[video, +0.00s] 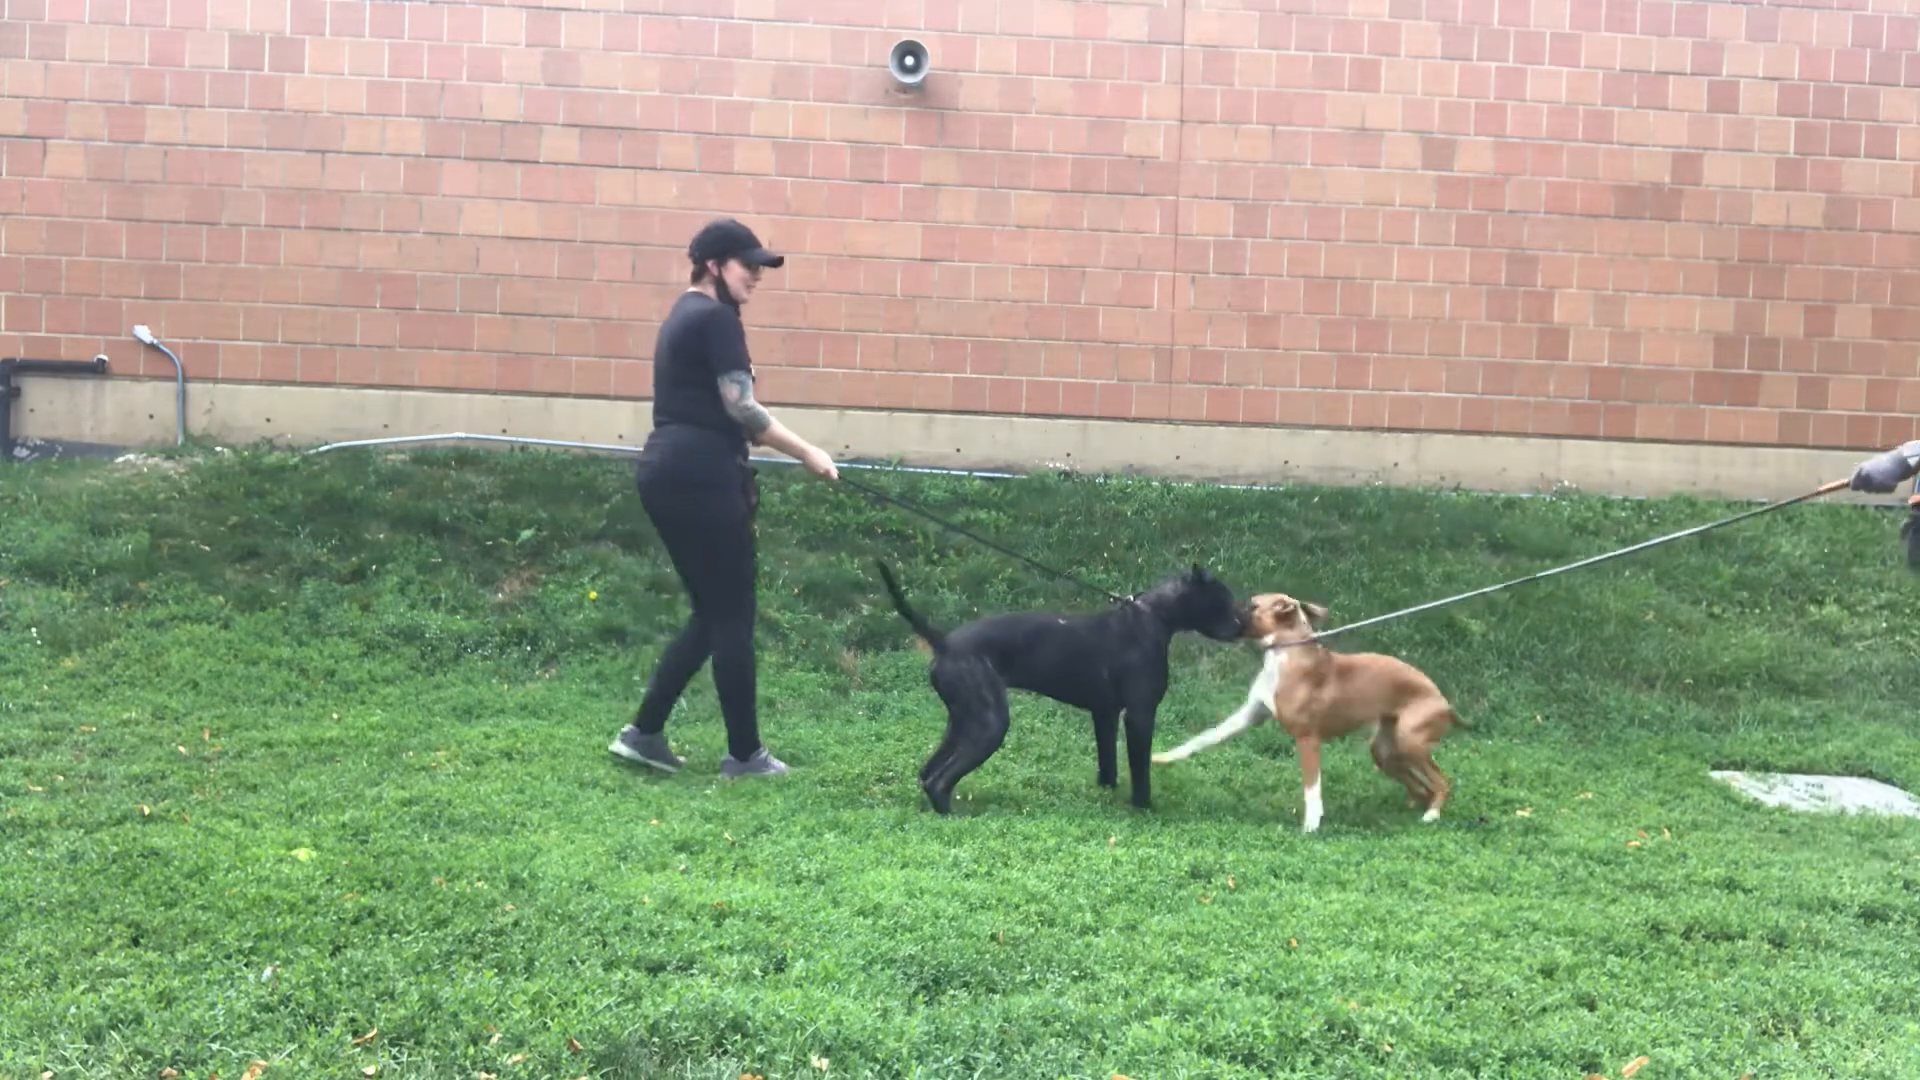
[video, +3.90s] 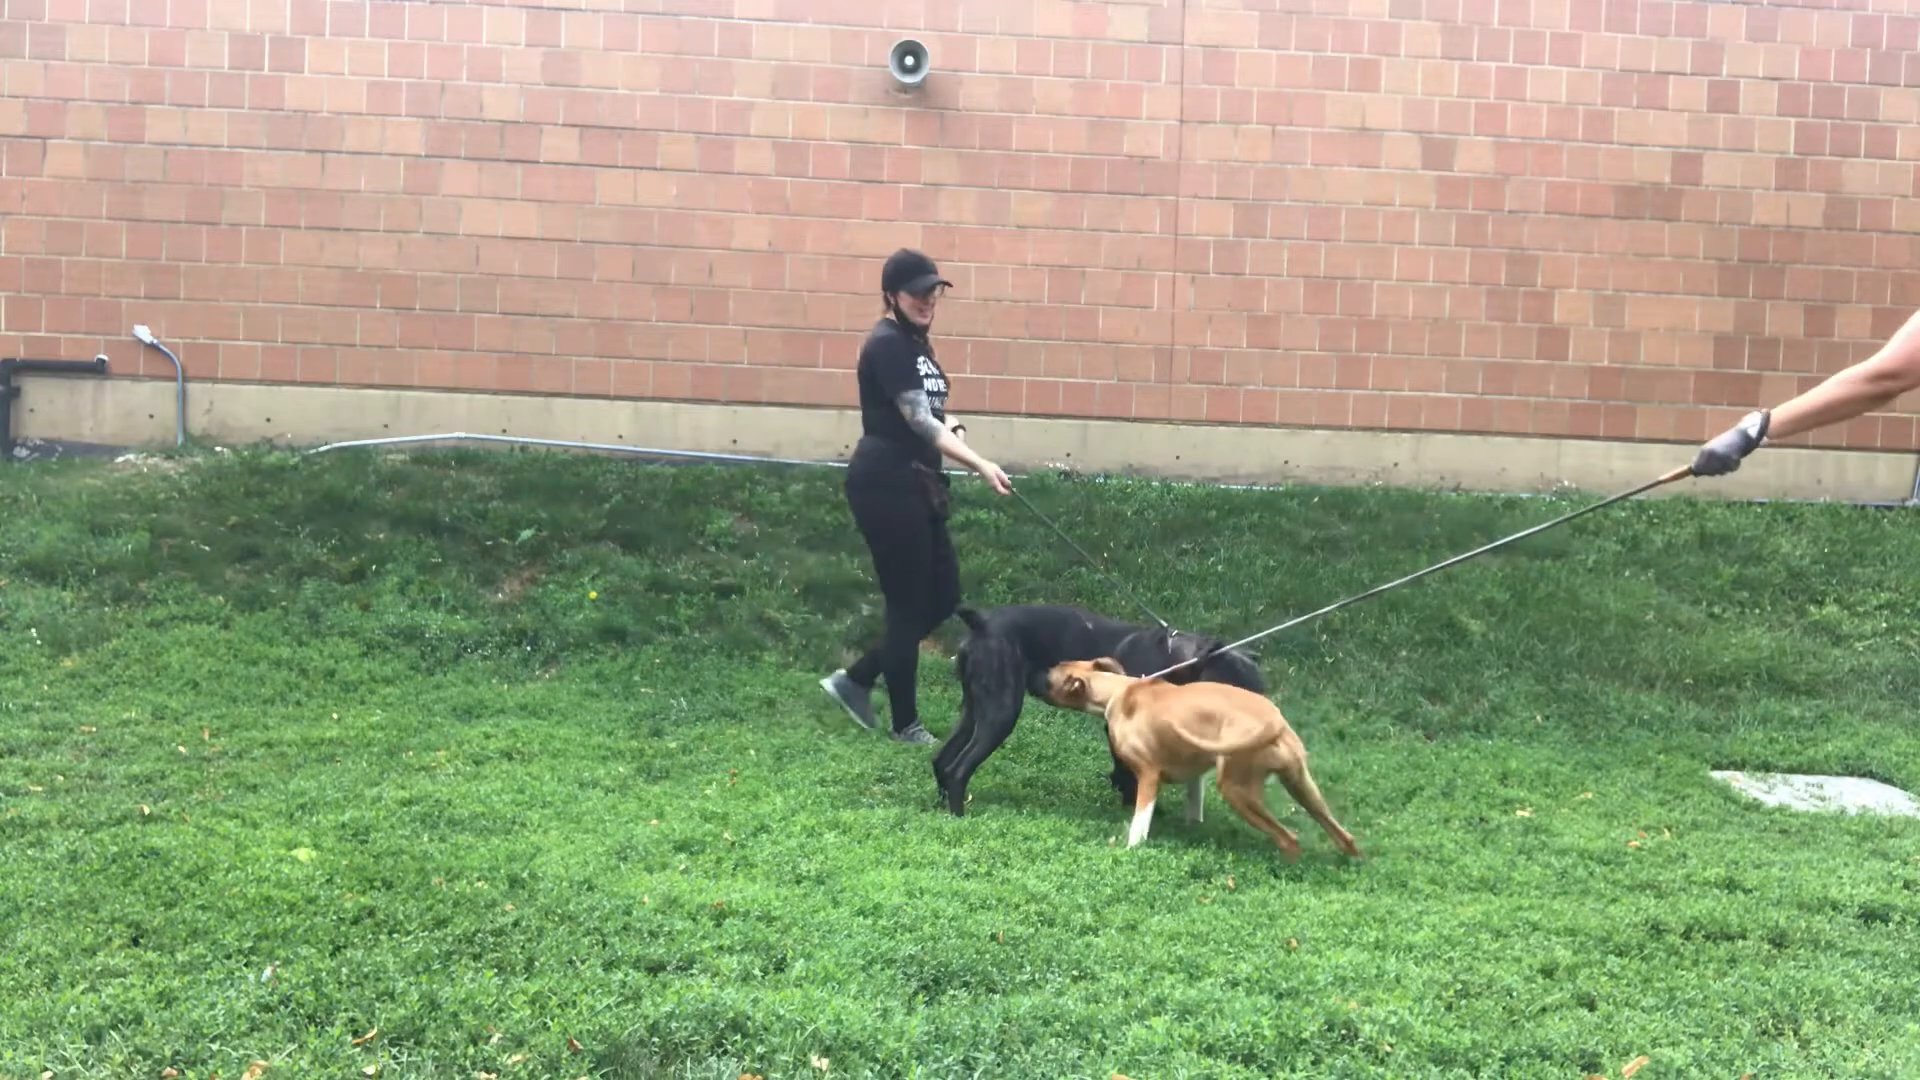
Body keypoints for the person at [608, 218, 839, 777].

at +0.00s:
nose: (756, 277)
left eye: (758, 267)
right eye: (748, 265)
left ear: (711, 269)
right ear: (714, 265)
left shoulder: (685, 312)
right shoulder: (716, 316)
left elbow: (690, 407)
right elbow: (740, 405)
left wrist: (737, 458)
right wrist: (807, 452)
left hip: (665, 466)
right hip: (702, 470)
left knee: (711, 611)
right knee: (733, 613)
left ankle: (644, 732)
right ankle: (746, 754)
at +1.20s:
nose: (753, 279)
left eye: (757, 270)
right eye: (744, 269)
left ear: (743, 274)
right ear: (711, 271)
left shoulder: (718, 319)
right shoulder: (709, 322)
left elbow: (749, 403)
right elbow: (759, 404)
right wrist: (827, 439)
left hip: (732, 472)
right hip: (716, 474)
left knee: (785, 591)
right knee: (722, 608)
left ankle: (710, 701)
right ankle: (726, 742)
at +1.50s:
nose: (777, 288)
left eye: (782, 280)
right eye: (769, 278)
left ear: (776, 281)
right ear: (737, 277)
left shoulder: (762, 333)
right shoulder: (726, 332)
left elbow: (778, 409)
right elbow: (766, 403)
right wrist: (842, 437)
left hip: (778, 473)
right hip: (737, 474)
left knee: (783, 605)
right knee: (738, 607)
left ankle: (795, 722)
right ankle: (728, 740)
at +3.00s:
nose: (833, 296)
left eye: (838, 287)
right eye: (823, 286)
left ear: (843, 291)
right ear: (796, 287)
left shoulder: (839, 349)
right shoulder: (777, 341)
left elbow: (844, 414)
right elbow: (806, 412)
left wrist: (869, 439)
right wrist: (873, 446)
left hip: (828, 483)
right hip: (779, 479)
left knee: (811, 598)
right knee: (804, 592)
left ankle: (798, 724)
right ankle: (743, 715)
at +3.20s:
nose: (844, 296)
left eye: (849, 287)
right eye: (834, 287)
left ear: (854, 288)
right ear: (808, 287)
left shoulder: (849, 347)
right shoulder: (792, 338)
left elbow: (851, 411)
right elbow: (816, 408)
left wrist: (878, 427)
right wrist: (883, 443)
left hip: (830, 479)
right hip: (792, 474)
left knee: (813, 597)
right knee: (853, 578)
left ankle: (799, 718)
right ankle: (824, 708)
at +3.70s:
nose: (900, 302)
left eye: (905, 294)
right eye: (890, 295)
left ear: (909, 295)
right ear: (865, 298)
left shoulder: (892, 346)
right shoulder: (859, 348)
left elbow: (909, 414)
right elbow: (875, 424)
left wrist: (935, 440)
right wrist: (946, 458)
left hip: (880, 480)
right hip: (867, 483)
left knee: (863, 609)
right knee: (897, 603)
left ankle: (805, 716)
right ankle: (904, 725)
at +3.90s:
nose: (928, 302)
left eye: (933, 293)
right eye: (918, 295)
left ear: (937, 294)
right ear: (893, 296)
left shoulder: (916, 343)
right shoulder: (888, 345)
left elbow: (925, 410)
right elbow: (922, 423)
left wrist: (947, 425)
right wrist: (983, 465)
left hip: (916, 480)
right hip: (886, 481)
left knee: (942, 594)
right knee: (907, 602)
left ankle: (855, 682)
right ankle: (905, 725)